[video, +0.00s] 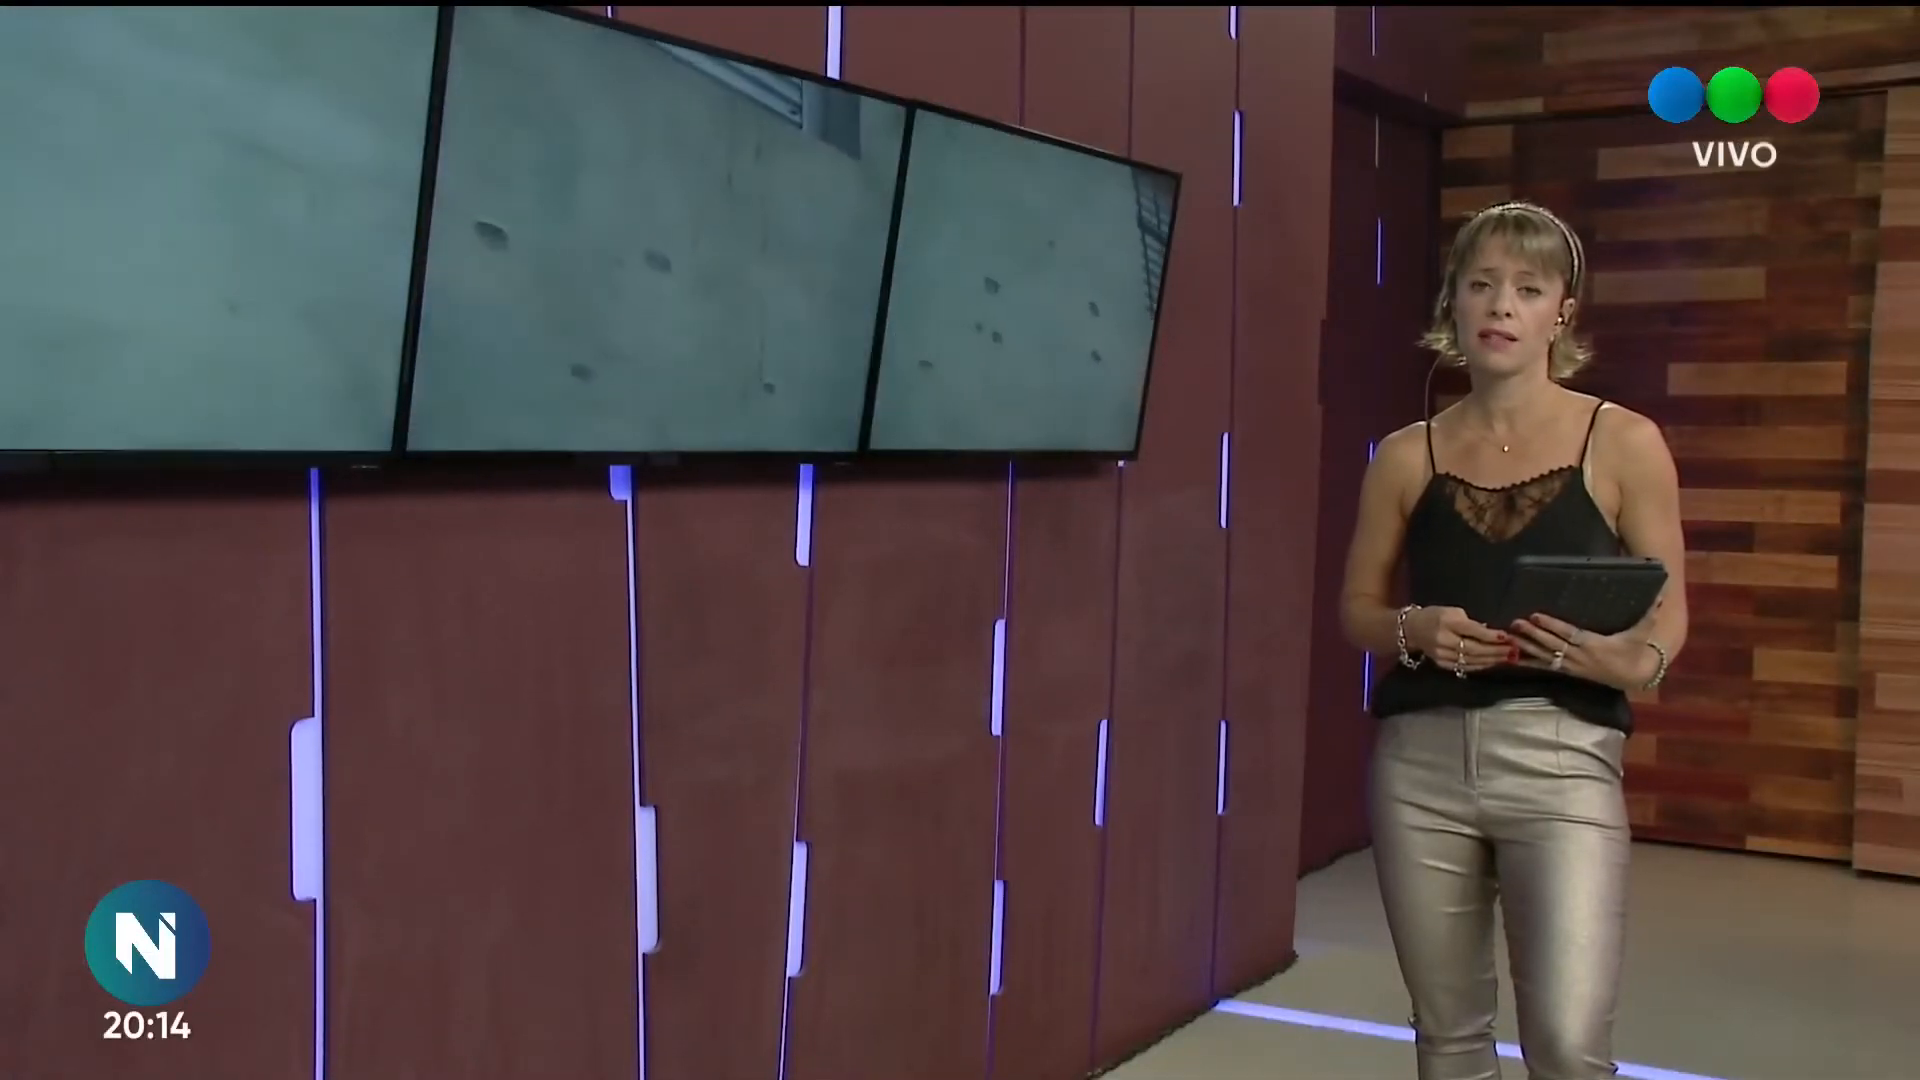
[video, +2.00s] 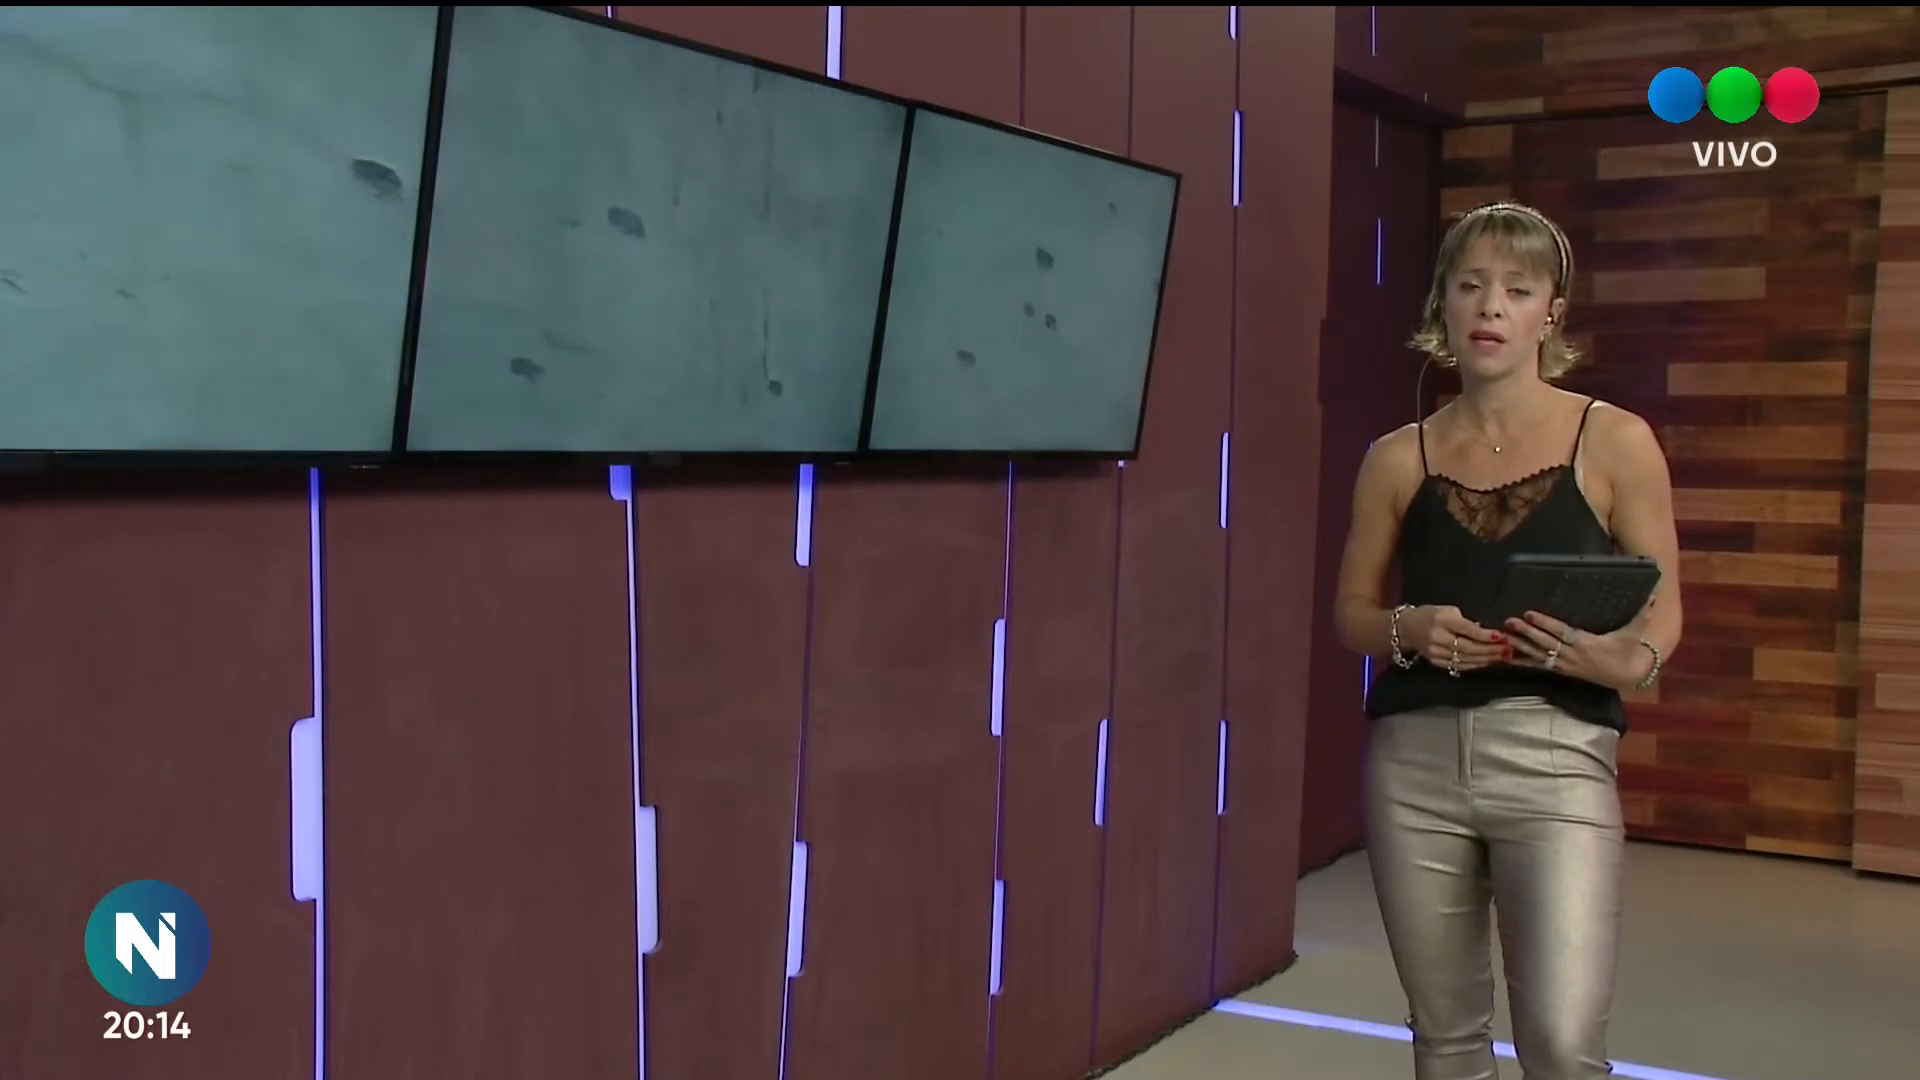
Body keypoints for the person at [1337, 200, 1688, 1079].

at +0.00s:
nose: (1498, 305)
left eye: (1525, 288)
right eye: (1479, 285)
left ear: (1561, 313)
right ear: (1452, 306)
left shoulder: (1625, 444)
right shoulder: (1404, 459)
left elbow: (1666, 610)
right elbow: (1357, 610)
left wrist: (1631, 663)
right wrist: (1410, 629)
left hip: (1561, 768)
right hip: (1419, 768)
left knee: (1567, 1049)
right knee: (1448, 1040)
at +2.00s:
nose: (1489, 305)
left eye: (1515, 288)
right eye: (1469, 284)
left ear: (1550, 314)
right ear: (1442, 305)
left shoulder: (1616, 442)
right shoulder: (1396, 459)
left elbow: (1660, 610)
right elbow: (1352, 614)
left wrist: (1623, 663)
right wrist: (1405, 629)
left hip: (1556, 768)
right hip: (1413, 768)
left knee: (1560, 1048)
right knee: (1445, 1040)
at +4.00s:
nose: (1497, 296)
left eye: (1523, 280)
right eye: (1478, 278)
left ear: (1560, 309)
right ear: (1450, 303)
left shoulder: (1626, 440)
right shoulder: (1406, 457)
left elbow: (1671, 608)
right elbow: (1360, 612)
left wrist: (1630, 664)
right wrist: (1419, 624)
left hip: (1570, 770)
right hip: (1426, 770)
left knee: (1573, 1050)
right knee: (1452, 1042)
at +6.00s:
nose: (1487, 301)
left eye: (1513, 284)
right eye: (1468, 281)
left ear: (1551, 311)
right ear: (1442, 304)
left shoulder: (1617, 441)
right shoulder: (1398, 457)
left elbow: (1665, 604)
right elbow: (1353, 615)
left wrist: (1632, 664)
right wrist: (1417, 622)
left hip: (1562, 767)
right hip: (1419, 769)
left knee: (1566, 1051)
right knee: (1446, 1044)